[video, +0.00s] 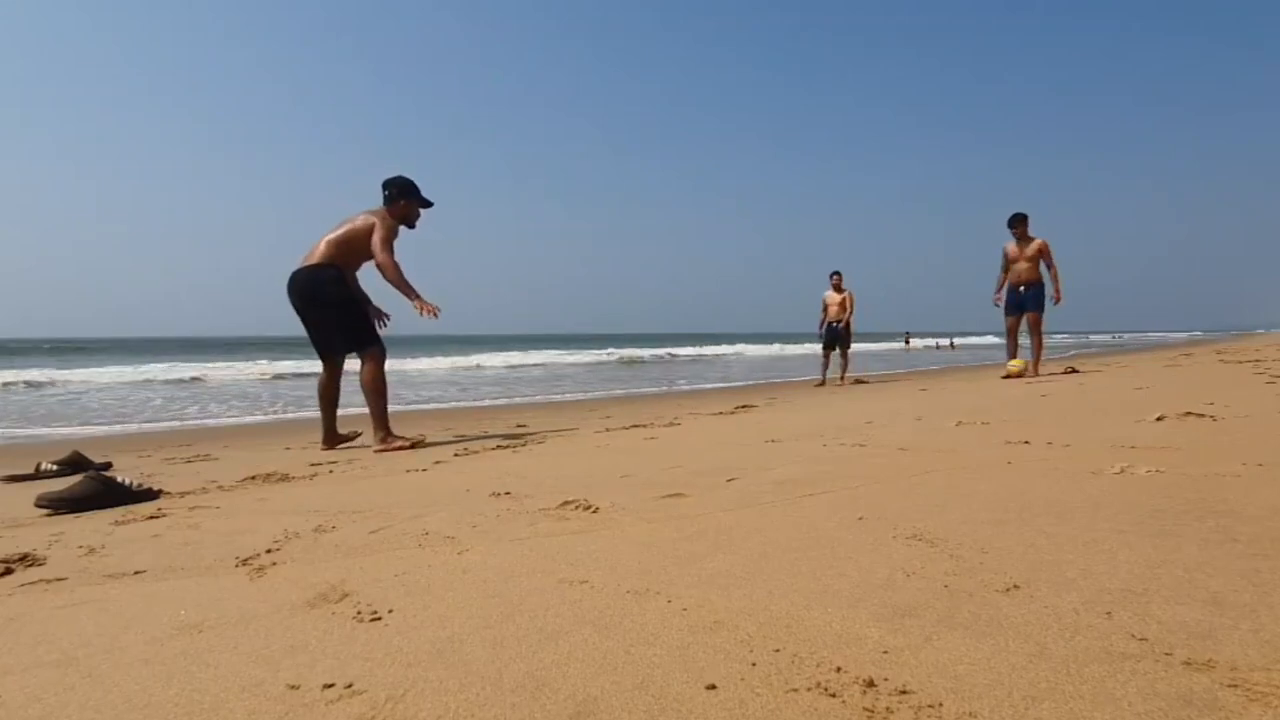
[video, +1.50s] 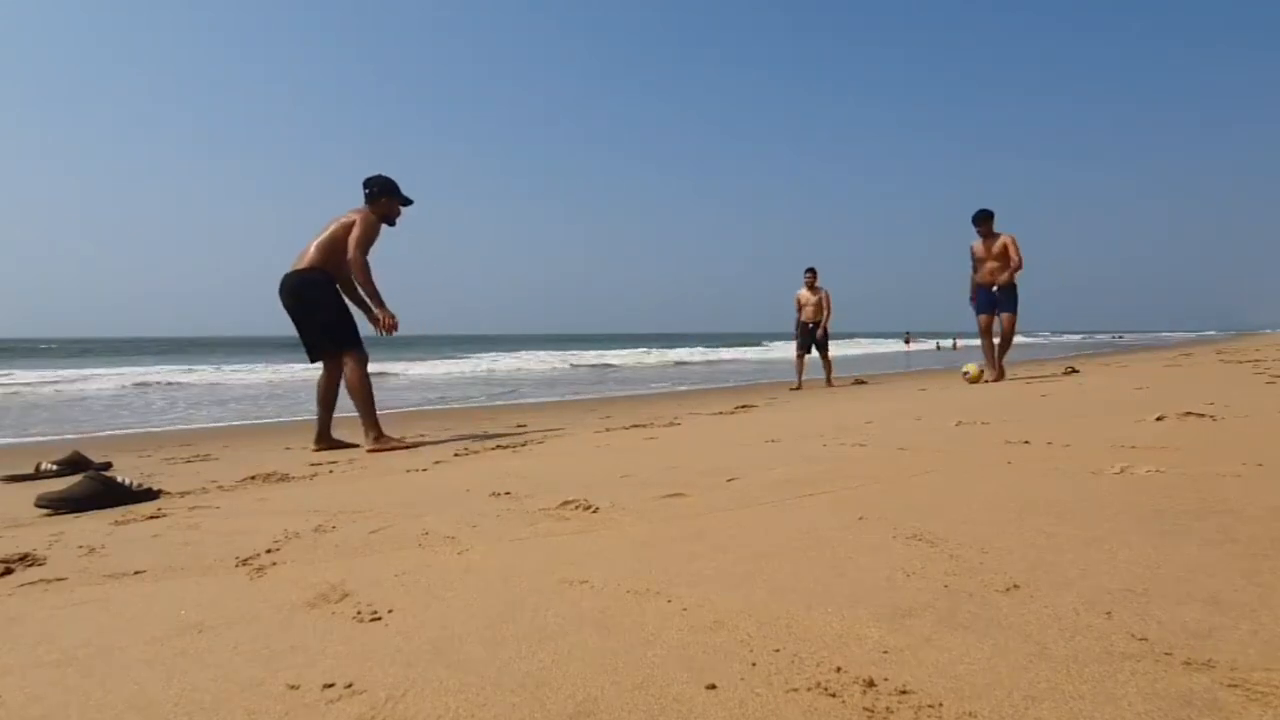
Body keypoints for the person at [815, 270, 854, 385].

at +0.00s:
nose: (836, 282)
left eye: (838, 280)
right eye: (834, 280)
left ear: (841, 281)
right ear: (831, 281)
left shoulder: (846, 294)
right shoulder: (827, 295)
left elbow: (849, 309)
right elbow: (824, 312)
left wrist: (844, 323)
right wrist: (820, 327)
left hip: (842, 324)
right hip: (830, 324)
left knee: (843, 352)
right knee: (826, 352)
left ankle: (842, 377)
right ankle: (823, 378)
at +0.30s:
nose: (828, 281)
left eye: (830, 278)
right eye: (826, 279)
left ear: (832, 280)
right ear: (821, 280)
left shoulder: (837, 294)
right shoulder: (815, 295)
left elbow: (842, 309)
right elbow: (811, 311)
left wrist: (838, 322)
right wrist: (809, 327)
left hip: (832, 324)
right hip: (819, 324)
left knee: (834, 353)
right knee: (819, 354)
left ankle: (838, 377)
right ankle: (819, 379)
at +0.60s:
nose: (824, 280)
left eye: (826, 278)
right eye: (822, 278)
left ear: (828, 280)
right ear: (816, 279)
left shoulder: (832, 293)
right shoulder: (810, 294)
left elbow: (836, 309)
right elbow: (807, 310)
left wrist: (829, 315)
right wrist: (818, 319)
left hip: (829, 325)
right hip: (816, 325)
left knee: (831, 351)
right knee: (816, 353)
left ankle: (831, 378)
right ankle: (818, 379)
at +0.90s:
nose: (825, 281)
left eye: (827, 278)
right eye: (823, 278)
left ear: (829, 280)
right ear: (818, 280)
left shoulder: (832, 294)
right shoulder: (811, 294)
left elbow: (837, 307)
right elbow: (807, 311)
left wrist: (840, 316)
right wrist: (805, 327)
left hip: (828, 323)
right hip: (815, 324)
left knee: (829, 352)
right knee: (816, 354)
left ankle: (830, 378)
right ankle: (818, 379)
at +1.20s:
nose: (822, 278)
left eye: (825, 276)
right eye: (820, 276)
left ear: (828, 277)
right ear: (816, 277)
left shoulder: (833, 292)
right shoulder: (810, 291)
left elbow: (839, 309)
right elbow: (803, 309)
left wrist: (836, 326)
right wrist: (798, 325)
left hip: (827, 322)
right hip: (814, 322)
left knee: (829, 352)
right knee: (808, 352)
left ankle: (829, 378)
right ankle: (812, 378)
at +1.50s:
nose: (808, 280)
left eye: (810, 278)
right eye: (806, 278)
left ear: (815, 278)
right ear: (804, 279)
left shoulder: (822, 293)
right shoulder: (800, 294)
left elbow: (826, 311)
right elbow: (798, 312)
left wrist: (822, 327)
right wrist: (797, 329)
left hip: (818, 323)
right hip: (804, 324)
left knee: (824, 354)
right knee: (800, 354)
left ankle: (828, 380)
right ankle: (798, 382)